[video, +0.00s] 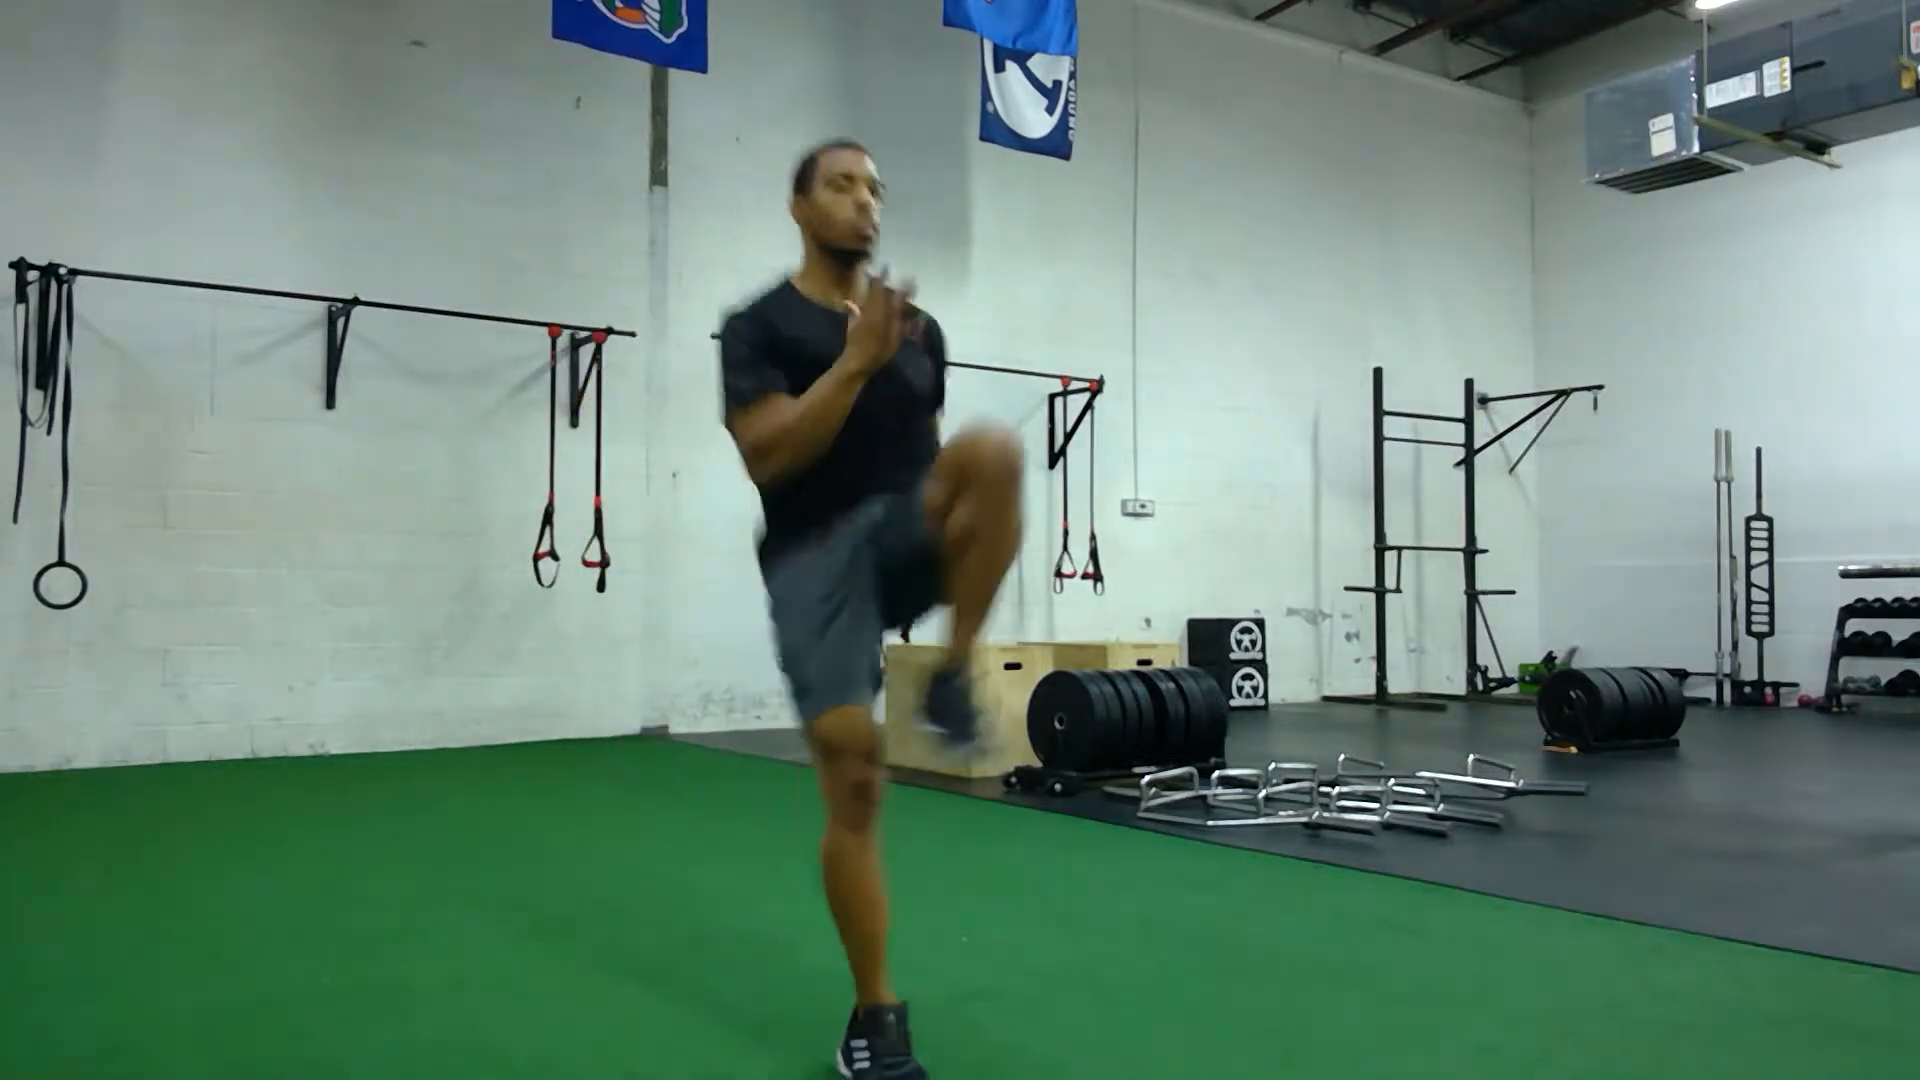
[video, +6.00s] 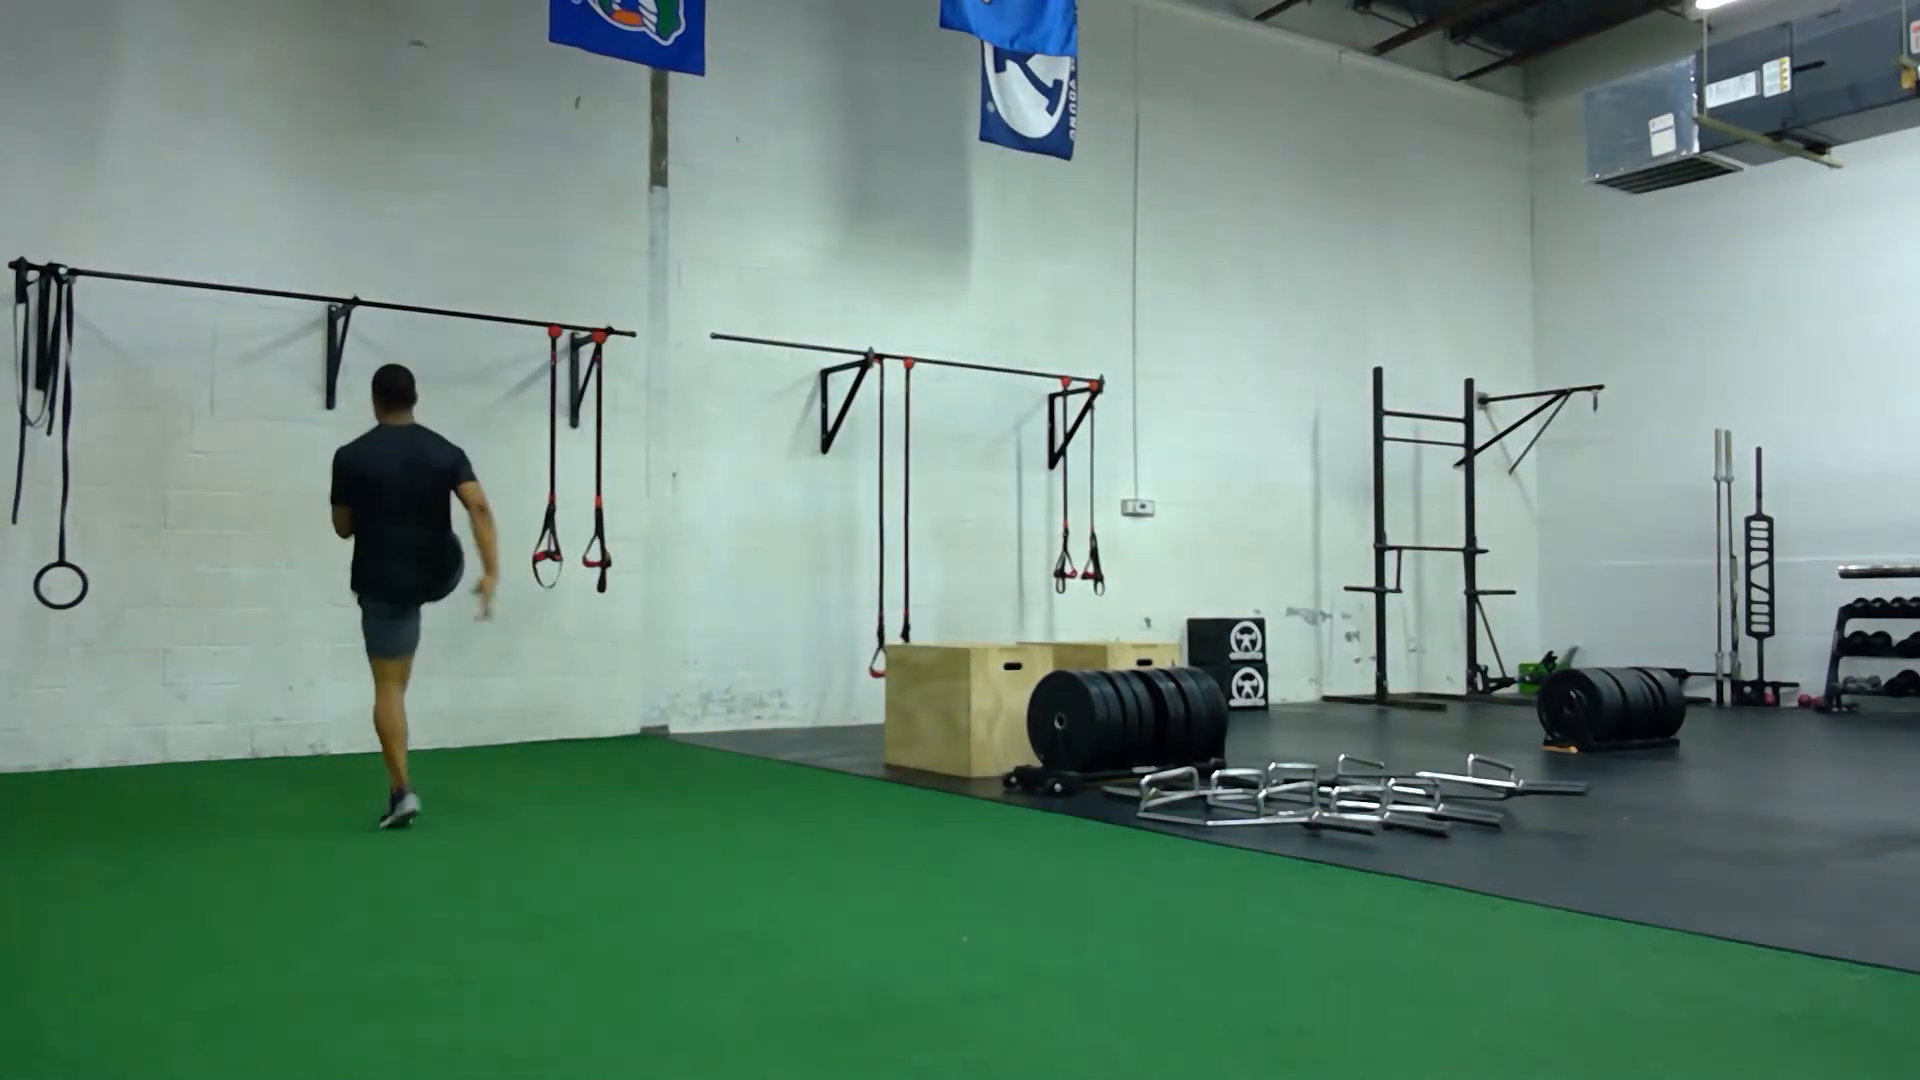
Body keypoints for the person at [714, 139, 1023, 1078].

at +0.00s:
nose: (864, 202)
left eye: (872, 190)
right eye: (843, 187)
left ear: (881, 213)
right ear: (799, 208)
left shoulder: (914, 331)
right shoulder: (757, 326)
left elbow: (920, 451)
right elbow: (764, 456)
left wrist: (954, 512)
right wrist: (856, 362)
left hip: (902, 532)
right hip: (811, 558)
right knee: (855, 783)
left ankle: (950, 676)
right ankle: (876, 1010)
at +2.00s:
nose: (1112, 76)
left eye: (1113, 52)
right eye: (1113, 53)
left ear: (1144, 33)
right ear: (1236, 36)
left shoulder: (1119, 157)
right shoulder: (1348, 172)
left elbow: (1087, 369)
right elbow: (1365, 396)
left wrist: (1049, 539)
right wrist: (1274, 496)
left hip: (1140, 560)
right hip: (1307, 563)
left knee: (1080, 860)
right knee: (1322, 871)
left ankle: (1050, 1072)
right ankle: (1356, 1073)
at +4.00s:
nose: (703, 204)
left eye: (702, 193)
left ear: (705, 201)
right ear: (777, 208)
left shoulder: (672, 286)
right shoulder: (824, 293)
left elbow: (644, 417)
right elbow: (888, 395)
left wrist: (689, 397)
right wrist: (887, 507)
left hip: (707, 532)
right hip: (794, 535)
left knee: (671, 712)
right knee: (734, 679)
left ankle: (724, 865)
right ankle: (725, 860)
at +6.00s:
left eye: (379, 396)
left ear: (374, 401)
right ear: (414, 400)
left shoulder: (351, 457)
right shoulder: (442, 451)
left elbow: (343, 527)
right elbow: (478, 507)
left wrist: (377, 500)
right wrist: (491, 572)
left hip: (383, 581)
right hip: (439, 575)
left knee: (389, 686)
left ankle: (400, 791)